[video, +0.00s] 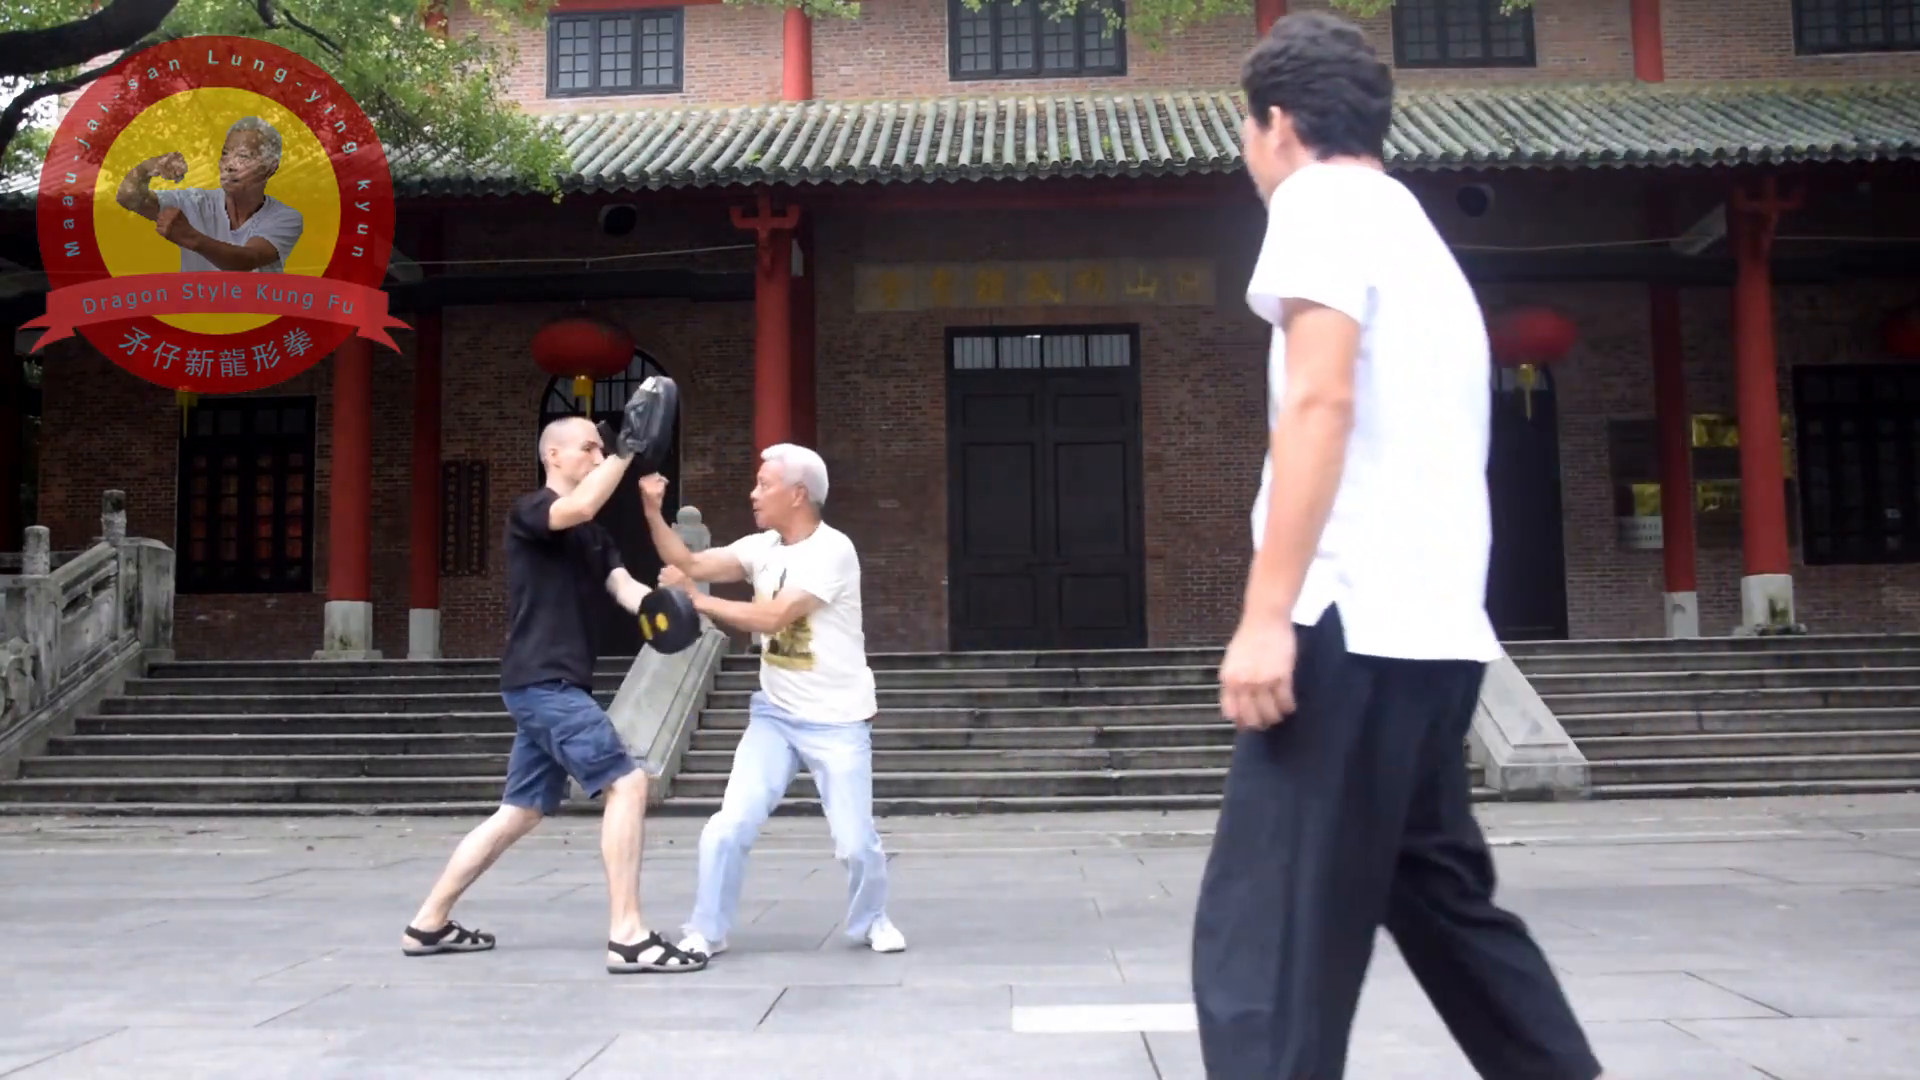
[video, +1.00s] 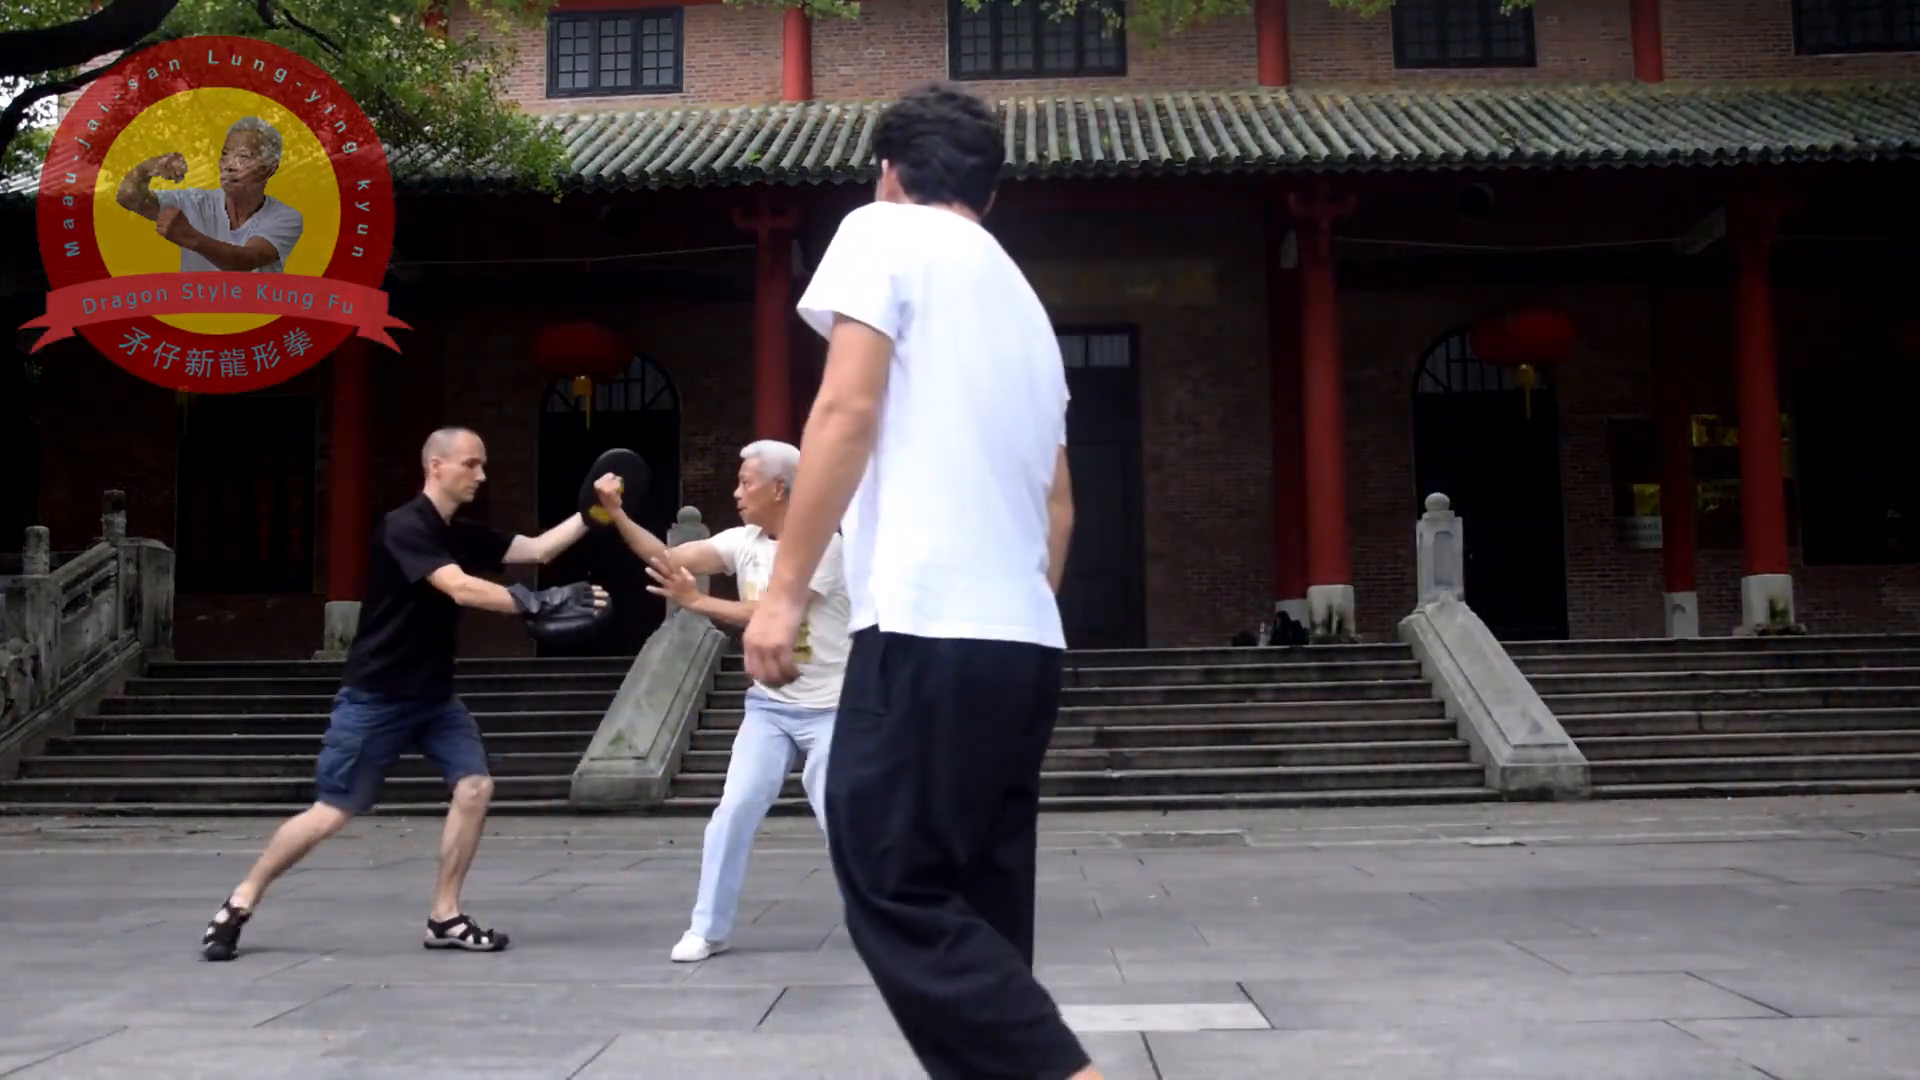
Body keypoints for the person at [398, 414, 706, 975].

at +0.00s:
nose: (600, 458)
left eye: (601, 450)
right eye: (587, 447)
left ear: (597, 460)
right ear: (551, 456)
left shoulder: (591, 525)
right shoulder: (530, 508)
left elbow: (621, 582)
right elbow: (579, 507)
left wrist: (654, 609)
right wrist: (628, 450)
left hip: (557, 682)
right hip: (539, 680)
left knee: (520, 810)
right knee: (628, 784)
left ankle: (428, 923)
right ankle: (628, 935)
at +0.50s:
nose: (585, 478)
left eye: (587, 469)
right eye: (576, 467)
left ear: (568, 476)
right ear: (539, 471)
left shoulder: (563, 535)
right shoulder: (519, 524)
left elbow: (575, 623)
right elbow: (535, 560)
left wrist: (620, 651)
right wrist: (595, 514)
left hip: (546, 693)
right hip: (532, 693)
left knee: (574, 825)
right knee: (626, 788)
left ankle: (466, 895)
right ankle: (630, 934)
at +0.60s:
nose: (564, 475)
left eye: (565, 466)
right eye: (554, 465)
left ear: (551, 473)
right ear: (518, 469)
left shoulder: (548, 534)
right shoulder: (492, 525)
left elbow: (542, 618)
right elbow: (477, 588)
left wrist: (594, 651)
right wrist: (542, 555)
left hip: (533, 686)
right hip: (502, 688)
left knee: (546, 823)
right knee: (575, 793)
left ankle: (452, 909)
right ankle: (620, 933)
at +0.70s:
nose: (545, 474)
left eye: (546, 465)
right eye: (535, 464)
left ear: (524, 473)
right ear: (501, 470)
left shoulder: (527, 538)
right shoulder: (469, 526)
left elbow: (552, 616)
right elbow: (454, 592)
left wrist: (615, 616)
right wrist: (516, 574)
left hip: (506, 689)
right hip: (463, 688)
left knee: (523, 813)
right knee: (531, 776)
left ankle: (447, 914)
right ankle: (543, 928)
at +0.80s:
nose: (527, 474)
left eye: (528, 465)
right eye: (517, 464)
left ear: (509, 471)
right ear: (482, 466)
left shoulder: (512, 541)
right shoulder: (449, 525)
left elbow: (541, 593)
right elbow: (456, 592)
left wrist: (586, 577)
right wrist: (525, 584)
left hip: (479, 687)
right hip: (433, 684)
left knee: (507, 797)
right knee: (483, 778)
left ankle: (447, 913)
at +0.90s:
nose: (506, 473)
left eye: (508, 464)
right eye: (497, 463)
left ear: (487, 470)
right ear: (462, 465)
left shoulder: (486, 532)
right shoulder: (428, 523)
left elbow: (554, 565)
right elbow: (463, 590)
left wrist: (614, 524)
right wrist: (546, 594)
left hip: (456, 692)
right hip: (405, 690)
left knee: (487, 794)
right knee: (406, 803)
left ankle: (445, 917)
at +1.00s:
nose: (481, 474)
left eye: (483, 465)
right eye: (471, 464)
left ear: (457, 471)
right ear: (437, 467)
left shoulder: (460, 530)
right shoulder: (405, 525)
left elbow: (533, 551)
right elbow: (459, 587)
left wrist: (591, 513)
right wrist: (541, 604)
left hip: (434, 698)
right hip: (374, 698)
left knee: (475, 788)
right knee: (332, 813)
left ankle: (445, 917)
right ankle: (241, 901)